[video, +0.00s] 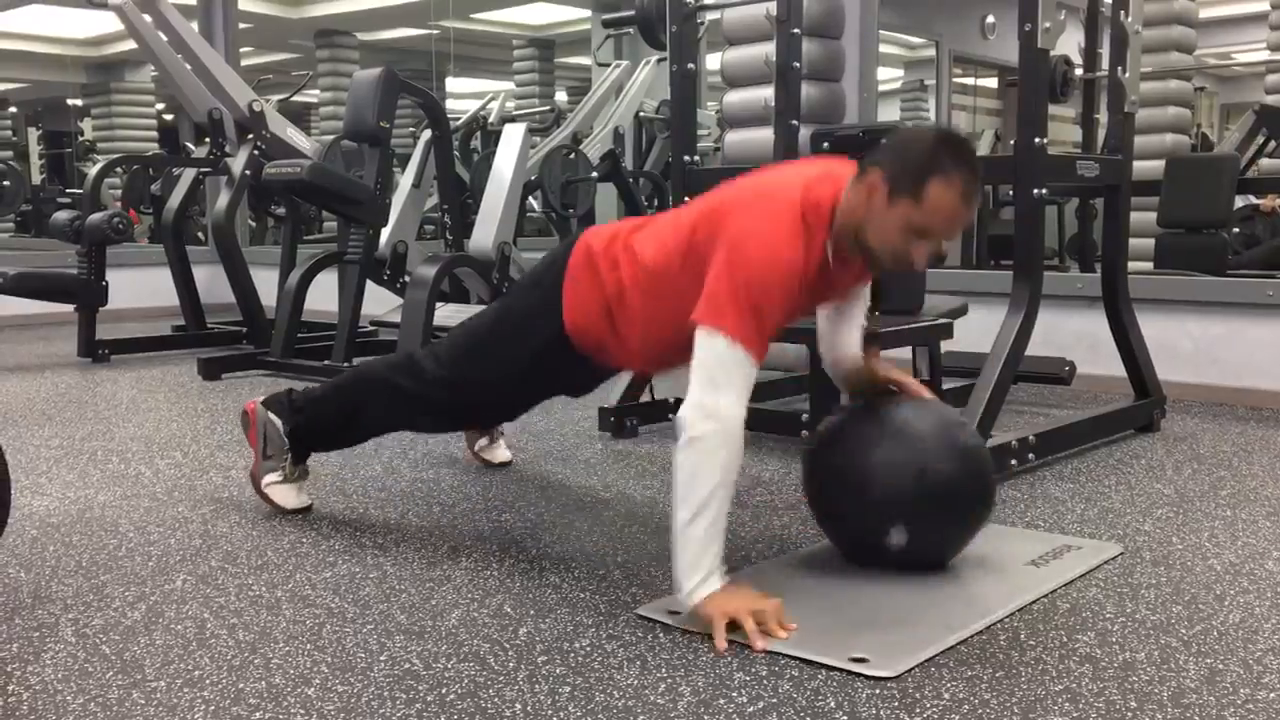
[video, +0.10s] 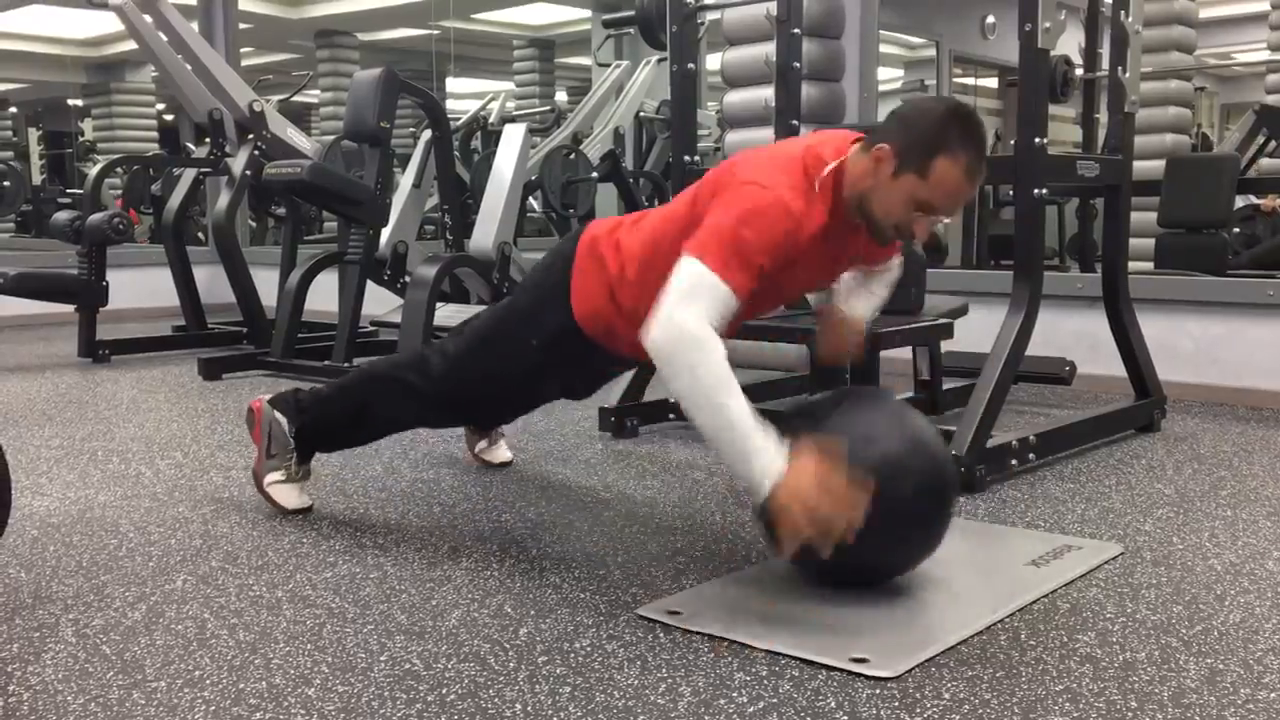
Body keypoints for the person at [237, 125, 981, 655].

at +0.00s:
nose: (927, 258)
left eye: (941, 244)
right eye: (924, 237)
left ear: (909, 205)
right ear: (874, 189)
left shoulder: (864, 219)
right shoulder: (776, 230)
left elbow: (837, 303)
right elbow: (714, 411)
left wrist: (857, 365)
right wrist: (704, 584)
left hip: (633, 314)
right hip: (585, 291)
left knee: (529, 377)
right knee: (440, 384)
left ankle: (476, 415)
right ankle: (284, 424)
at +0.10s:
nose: (925, 228)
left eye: (941, 217)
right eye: (920, 207)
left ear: (923, 180)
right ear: (877, 162)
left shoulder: (879, 188)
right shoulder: (775, 199)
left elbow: (885, 255)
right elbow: (678, 335)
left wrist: (849, 309)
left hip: (650, 323)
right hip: (597, 284)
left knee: (542, 377)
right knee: (452, 380)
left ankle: (480, 414)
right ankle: (292, 424)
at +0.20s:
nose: (940, 260)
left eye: (954, 247)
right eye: (938, 239)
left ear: (928, 215)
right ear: (895, 197)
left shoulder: (896, 230)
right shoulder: (791, 211)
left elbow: (924, 310)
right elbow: (652, 286)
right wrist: (761, 403)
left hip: (649, 338)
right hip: (590, 317)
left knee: (530, 379)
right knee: (453, 392)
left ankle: (467, 419)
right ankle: (289, 424)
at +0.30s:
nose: (966, 357)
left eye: (979, 345)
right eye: (962, 335)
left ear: (964, 313)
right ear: (919, 292)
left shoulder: (932, 319)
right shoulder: (828, 277)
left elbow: (959, 396)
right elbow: (673, 294)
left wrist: (954, 499)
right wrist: (718, 431)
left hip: (672, 378)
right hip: (622, 347)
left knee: (545, 397)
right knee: (473, 408)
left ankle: (481, 421)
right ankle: (293, 423)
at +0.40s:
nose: (983, 475)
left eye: (1002, 466)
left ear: (975, 407)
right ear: (959, 409)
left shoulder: (932, 374)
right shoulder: (858, 367)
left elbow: (940, 431)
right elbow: (709, 310)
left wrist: (954, 497)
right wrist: (723, 441)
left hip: (674, 384)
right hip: (639, 396)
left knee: (534, 403)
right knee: (480, 441)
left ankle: (459, 388)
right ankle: (306, 422)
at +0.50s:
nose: (995, 525)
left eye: (1010, 519)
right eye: (991, 512)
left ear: (970, 460)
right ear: (947, 459)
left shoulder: (959, 418)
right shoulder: (867, 401)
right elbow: (732, 308)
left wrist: (954, 509)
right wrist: (725, 442)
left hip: (692, 452)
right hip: (657, 437)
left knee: (579, 422)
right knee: (488, 462)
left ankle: (483, 381)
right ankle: (319, 420)